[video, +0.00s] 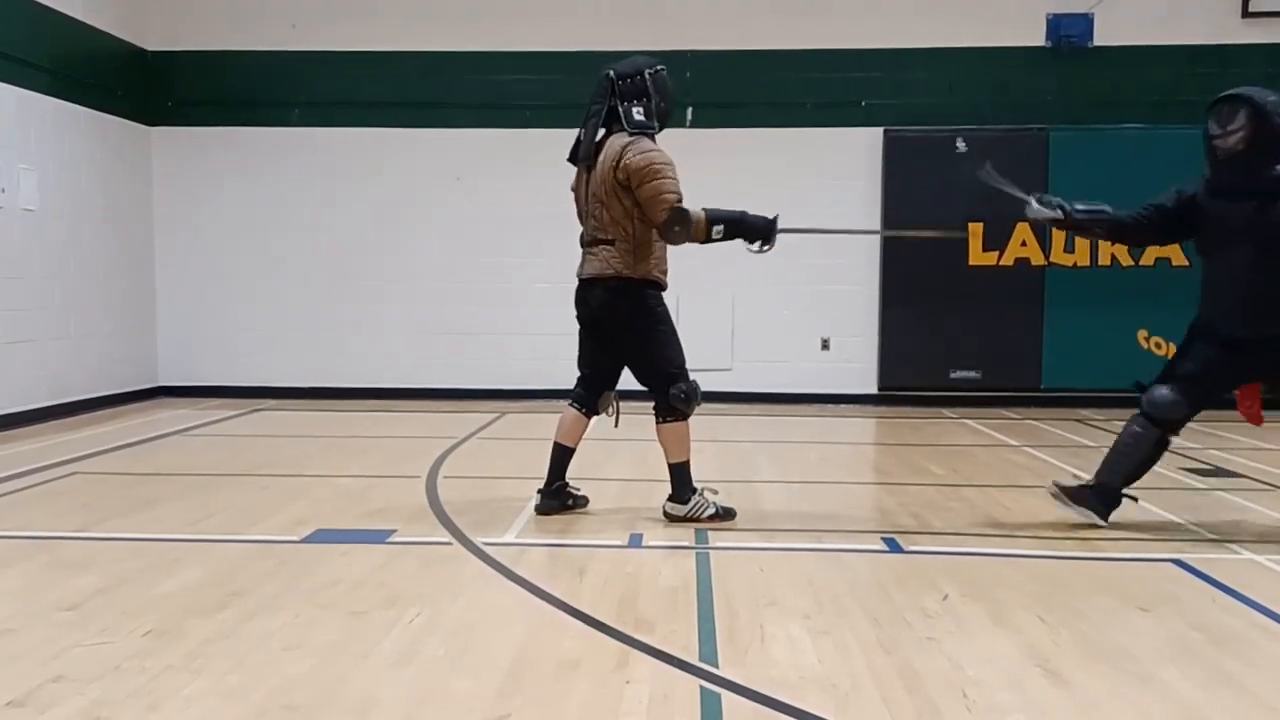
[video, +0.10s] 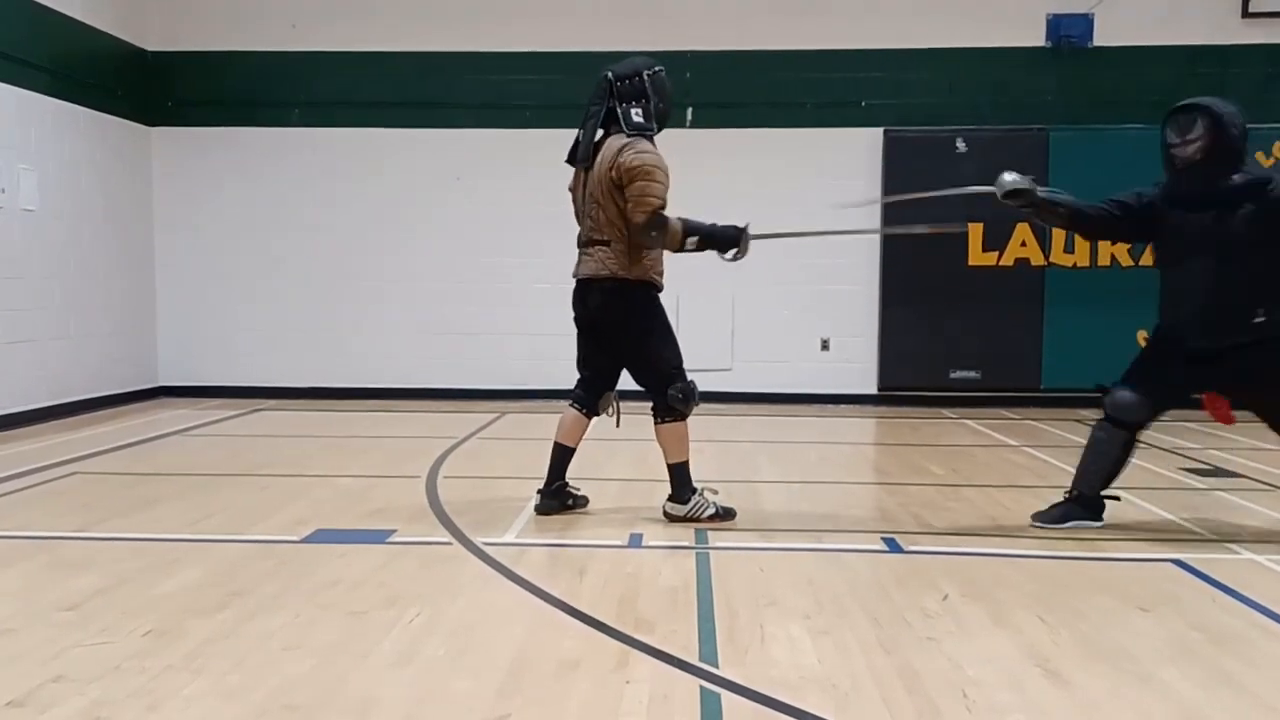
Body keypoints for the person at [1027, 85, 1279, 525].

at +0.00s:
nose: (1220, 133)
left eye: (1234, 125)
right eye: (1218, 124)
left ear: (1263, 132)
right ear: (1211, 128)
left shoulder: (1271, 189)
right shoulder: (1211, 194)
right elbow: (1144, 225)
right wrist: (1069, 217)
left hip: (1270, 328)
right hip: (1223, 328)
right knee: (1165, 403)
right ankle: (1103, 491)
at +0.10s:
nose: (1179, 144)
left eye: (1193, 134)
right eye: (1178, 134)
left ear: (1224, 141)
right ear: (1171, 138)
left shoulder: (1261, 194)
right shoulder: (1166, 201)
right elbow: (1102, 219)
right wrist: (1036, 202)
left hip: (1251, 341)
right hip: (1179, 343)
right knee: (1124, 405)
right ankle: (1083, 500)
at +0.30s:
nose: (1116, 154)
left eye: (1127, 143)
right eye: (1111, 146)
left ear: (1159, 146)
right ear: (1105, 154)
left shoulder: (1208, 200)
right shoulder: (1107, 209)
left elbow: (1272, 224)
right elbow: (1053, 228)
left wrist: (1223, 277)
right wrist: (996, 209)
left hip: (1213, 344)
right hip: (1136, 345)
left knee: (1264, 439)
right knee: (1079, 397)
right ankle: (1077, 500)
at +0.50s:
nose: (1133, 147)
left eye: (1146, 138)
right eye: (1132, 139)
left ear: (1180, 143)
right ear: (1128, 145)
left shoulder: (1231, 203)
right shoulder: (1121, 204)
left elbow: (1277, 246)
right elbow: (1065, 242)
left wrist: (1229, 281)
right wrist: (1001, 247)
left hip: (1213, 347)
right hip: (1134, 343)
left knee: (1255, 442)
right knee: (1080, 395)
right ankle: (1077, 500)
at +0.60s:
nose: (1165, 144)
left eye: (1178, 134)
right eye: (1163, 134)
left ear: (1210, 140)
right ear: (1156, 139)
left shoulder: (1252, 200)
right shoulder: (1152, 205)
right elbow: (1099, 251)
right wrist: (1037, 267)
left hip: (1226, 343)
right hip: (1151, 338)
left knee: (1263, 440)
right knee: (1098, 399)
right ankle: (1079, 502)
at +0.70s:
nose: (1193, 138)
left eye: (1207, 130)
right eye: (1194, 128)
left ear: (1239, 133)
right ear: (1192, 130)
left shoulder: (1268, 188)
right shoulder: (1190, 195)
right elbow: (1137, 240)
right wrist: (1076, 255)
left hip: (1252, 333)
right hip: (1184, 330)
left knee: (1274, 429)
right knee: (1134, 406)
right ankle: (1087, 496)